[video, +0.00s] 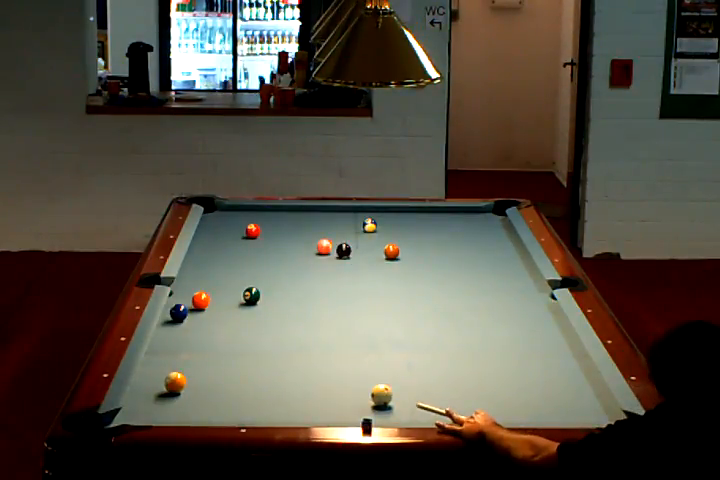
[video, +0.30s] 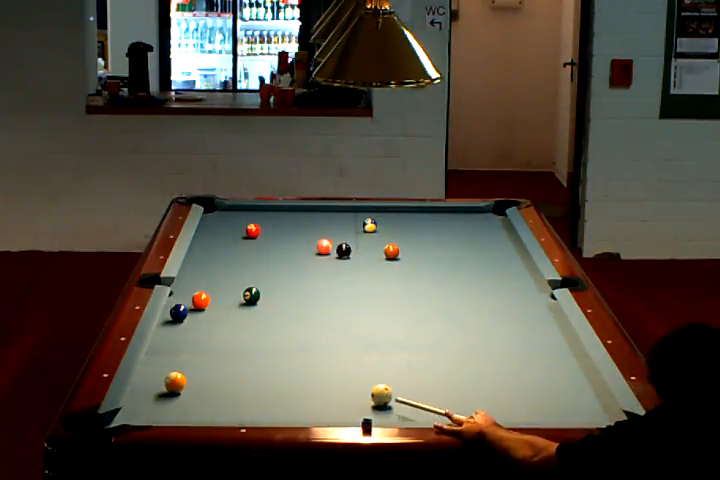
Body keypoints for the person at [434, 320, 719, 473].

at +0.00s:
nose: (647, 374)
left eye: (653, 369)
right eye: (651, 367)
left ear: (664, 381)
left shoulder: (638, 433)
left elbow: (542, 454)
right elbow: (545, 454)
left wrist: (485, 430)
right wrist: (488, 431)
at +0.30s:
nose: (644, 378)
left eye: (651, 373)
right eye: (649, 371)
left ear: (663, 385)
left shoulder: (638, 434)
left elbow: (543, 455)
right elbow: (545, 454)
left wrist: (485, 430)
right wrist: (487, 432)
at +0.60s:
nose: (644, 379)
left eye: (651, 374)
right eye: (649, 371)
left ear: (663, 387)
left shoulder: (637, 435)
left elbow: (543, 456)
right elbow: (546, 454)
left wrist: (485, 430)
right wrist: (489, 431)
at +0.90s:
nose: (644, 379)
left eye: (651, 375)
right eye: (649, 373)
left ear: (664, 387)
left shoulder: (640, 435)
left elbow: (542, 456)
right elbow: (550, 453)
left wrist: (485, 429)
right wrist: (493, 431)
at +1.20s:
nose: (644, 381)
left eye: (651, 376)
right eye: (650, 373)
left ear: (663, 387)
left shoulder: (640, 435)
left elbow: (541, 455)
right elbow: (548, 453)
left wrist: (485, 429)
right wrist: (492, 431)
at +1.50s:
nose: (643, 380)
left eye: (650, 375)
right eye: (648, 373)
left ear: (662, 387)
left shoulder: (640, 436)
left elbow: (542, 457)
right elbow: (546, 455)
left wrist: (485, 429)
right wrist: (489, 431)